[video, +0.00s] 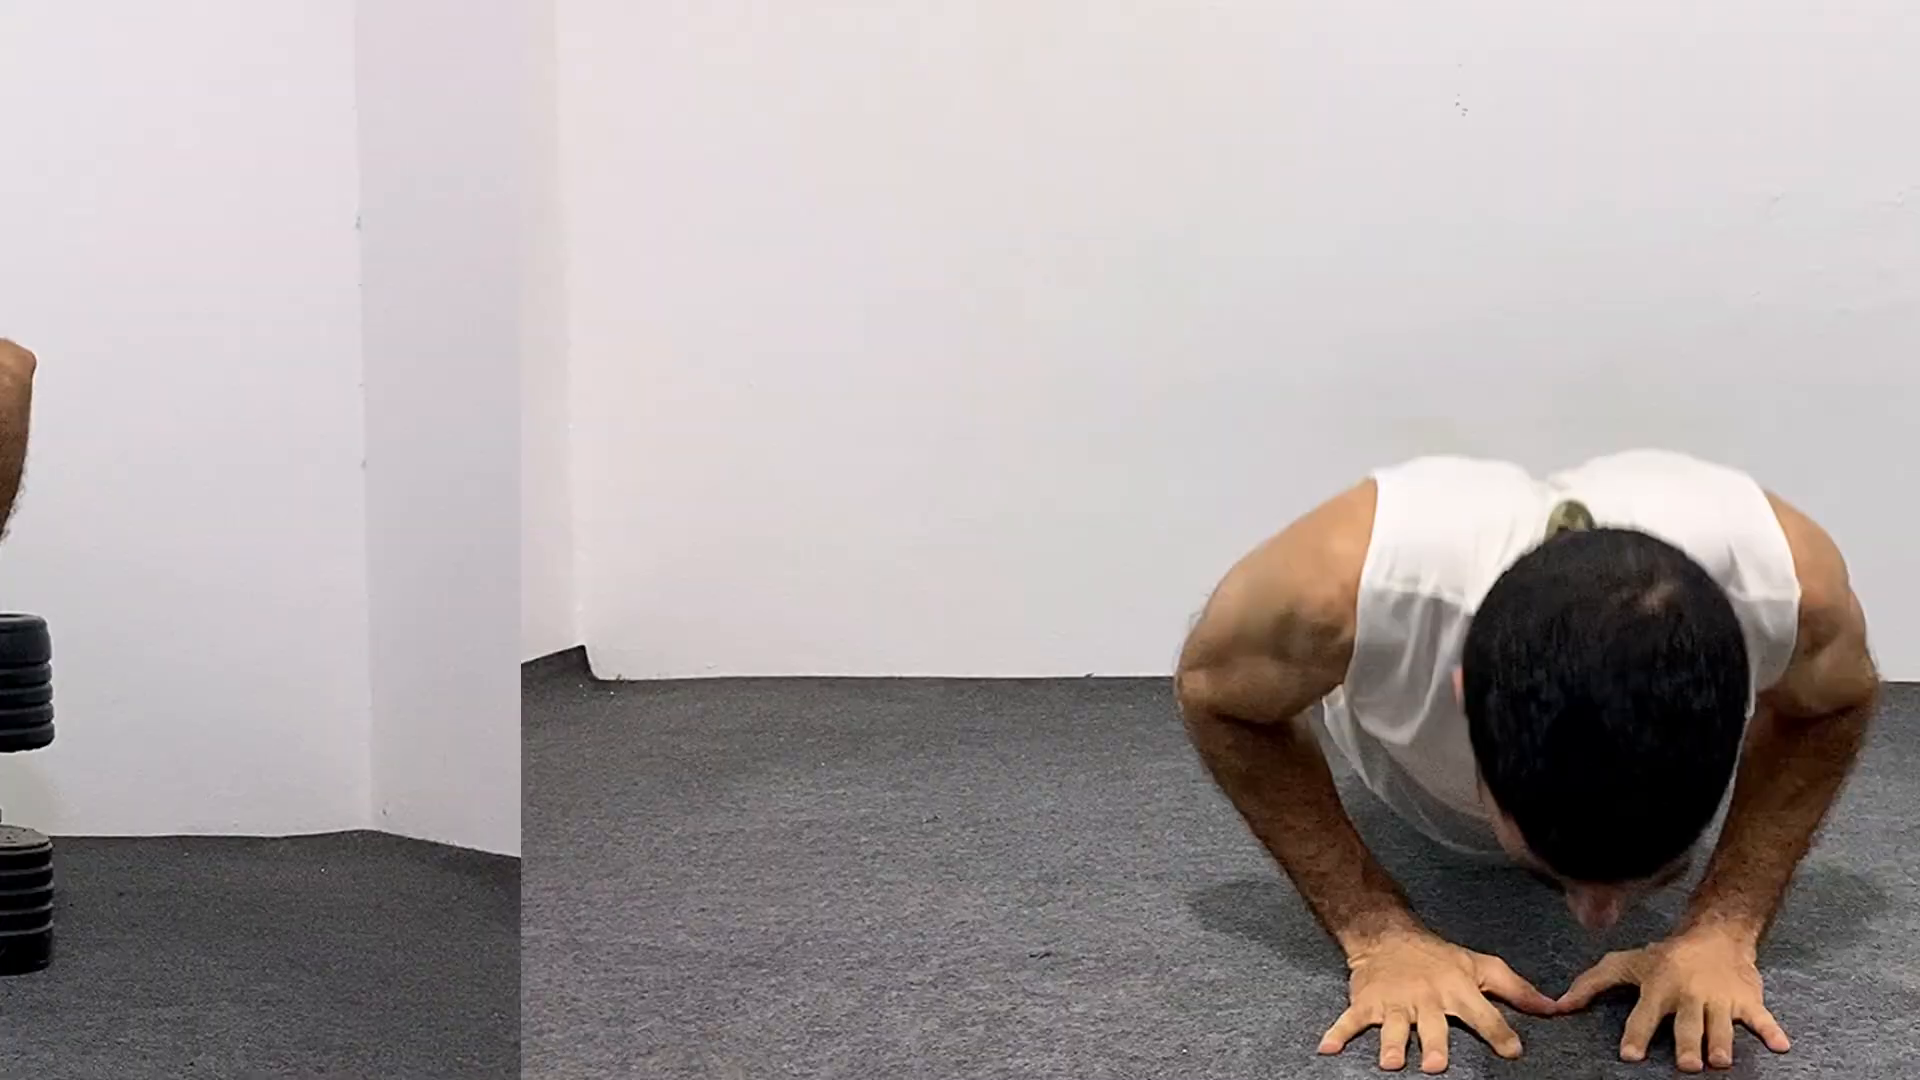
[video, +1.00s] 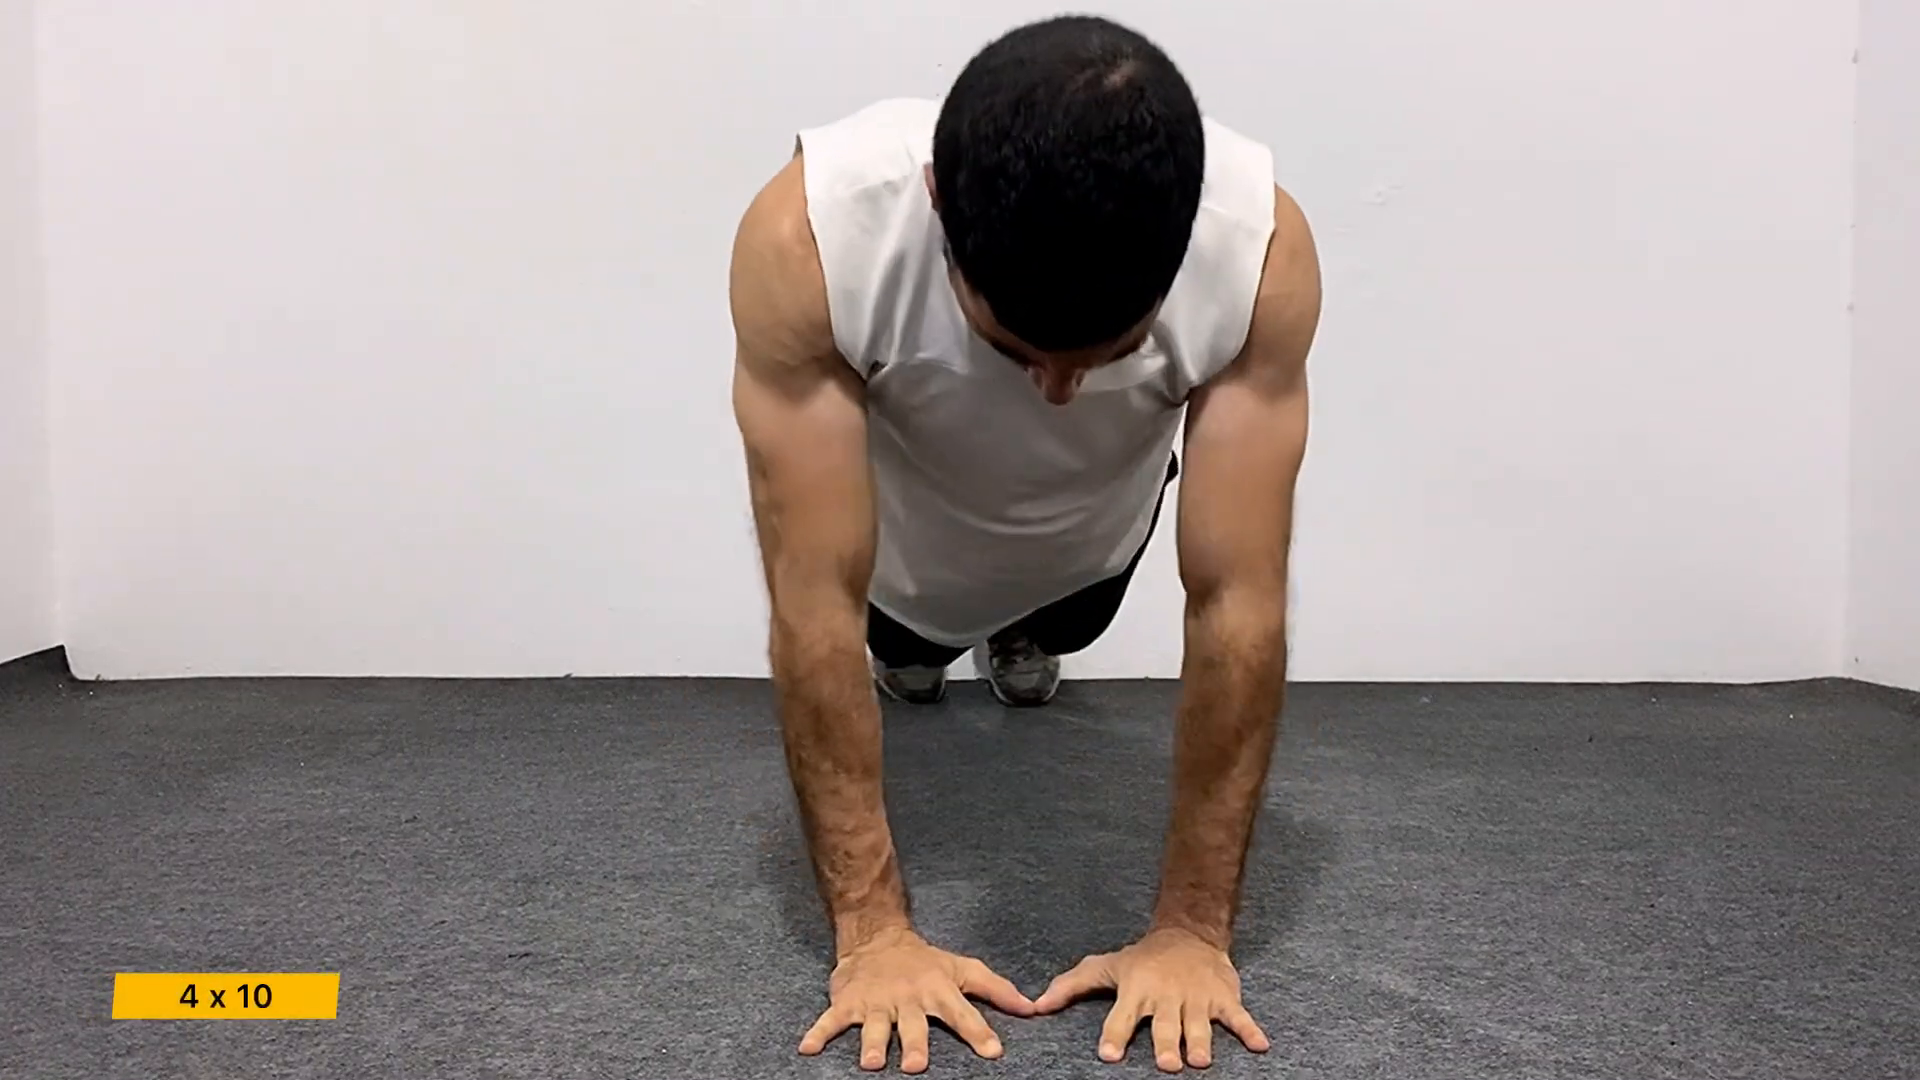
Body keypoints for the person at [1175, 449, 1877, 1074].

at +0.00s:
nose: (1596, 916)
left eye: (1643, 875)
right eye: (1545, 866)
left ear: (1733, 726)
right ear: (1464, 695)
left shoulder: (1798, 590)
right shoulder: (1336, 588)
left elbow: (1823, 704)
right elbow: (1222, 696)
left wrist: (1726, 928)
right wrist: (1378, 931)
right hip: (1407, 779)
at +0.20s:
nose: (1155, 1071)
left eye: (1193, 1043)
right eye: (1116, 1040)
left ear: (1285, 816)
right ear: (1015, 847)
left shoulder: (1353, 688)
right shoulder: (885, 698)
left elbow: (1413, 701)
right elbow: (750, 694)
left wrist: (1290, 942)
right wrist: (925, 938)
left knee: (1109, 602)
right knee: (964, 602)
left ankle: (1075, 567)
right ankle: (969, 577)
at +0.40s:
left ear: (1216, 885)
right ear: (943, 878)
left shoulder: (1281, 702)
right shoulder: (808, 724)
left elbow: (1347, 694)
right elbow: (674, 692)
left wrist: (1224, 933)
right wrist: (849, 930)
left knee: (1048, 617)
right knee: (901, 624)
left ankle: (1009, 573)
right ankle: (903, 592)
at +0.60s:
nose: (1070, 885)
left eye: (1115, 844)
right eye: (1027, 838)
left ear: (1207, 699)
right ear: (943, 675)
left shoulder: (1274, 577)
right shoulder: (807, 590)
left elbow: (1302, 703)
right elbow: (711, 698)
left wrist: (1203, 925)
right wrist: (861, 932)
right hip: (907, 801)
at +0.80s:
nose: (1059, 584)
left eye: (1111, 548)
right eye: (1017, 546)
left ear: (1180, 436)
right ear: (933, 399)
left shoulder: (1258, 389)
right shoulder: (804, 388)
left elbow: (1290, 652)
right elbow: (732, 659)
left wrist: (1197, 927)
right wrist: (866, 931)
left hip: (1101, 656)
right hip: (901, 671)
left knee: (1077, 684)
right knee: (919, 704)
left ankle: (1054, 695)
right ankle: (940, 712)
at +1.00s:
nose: (1060, 384)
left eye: (1102, 347)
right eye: (1018, 341)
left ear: (1174, 259)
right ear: (943, 227)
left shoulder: (1255, 255)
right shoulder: (805, 246)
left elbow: (1238, 603)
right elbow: (815, 596)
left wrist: (1192, 927)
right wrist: (870, 928)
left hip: (1088, 556)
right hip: (910, 562)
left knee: (1051, 632)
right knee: (912, 652)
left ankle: (1028, 648)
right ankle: (912, 663)